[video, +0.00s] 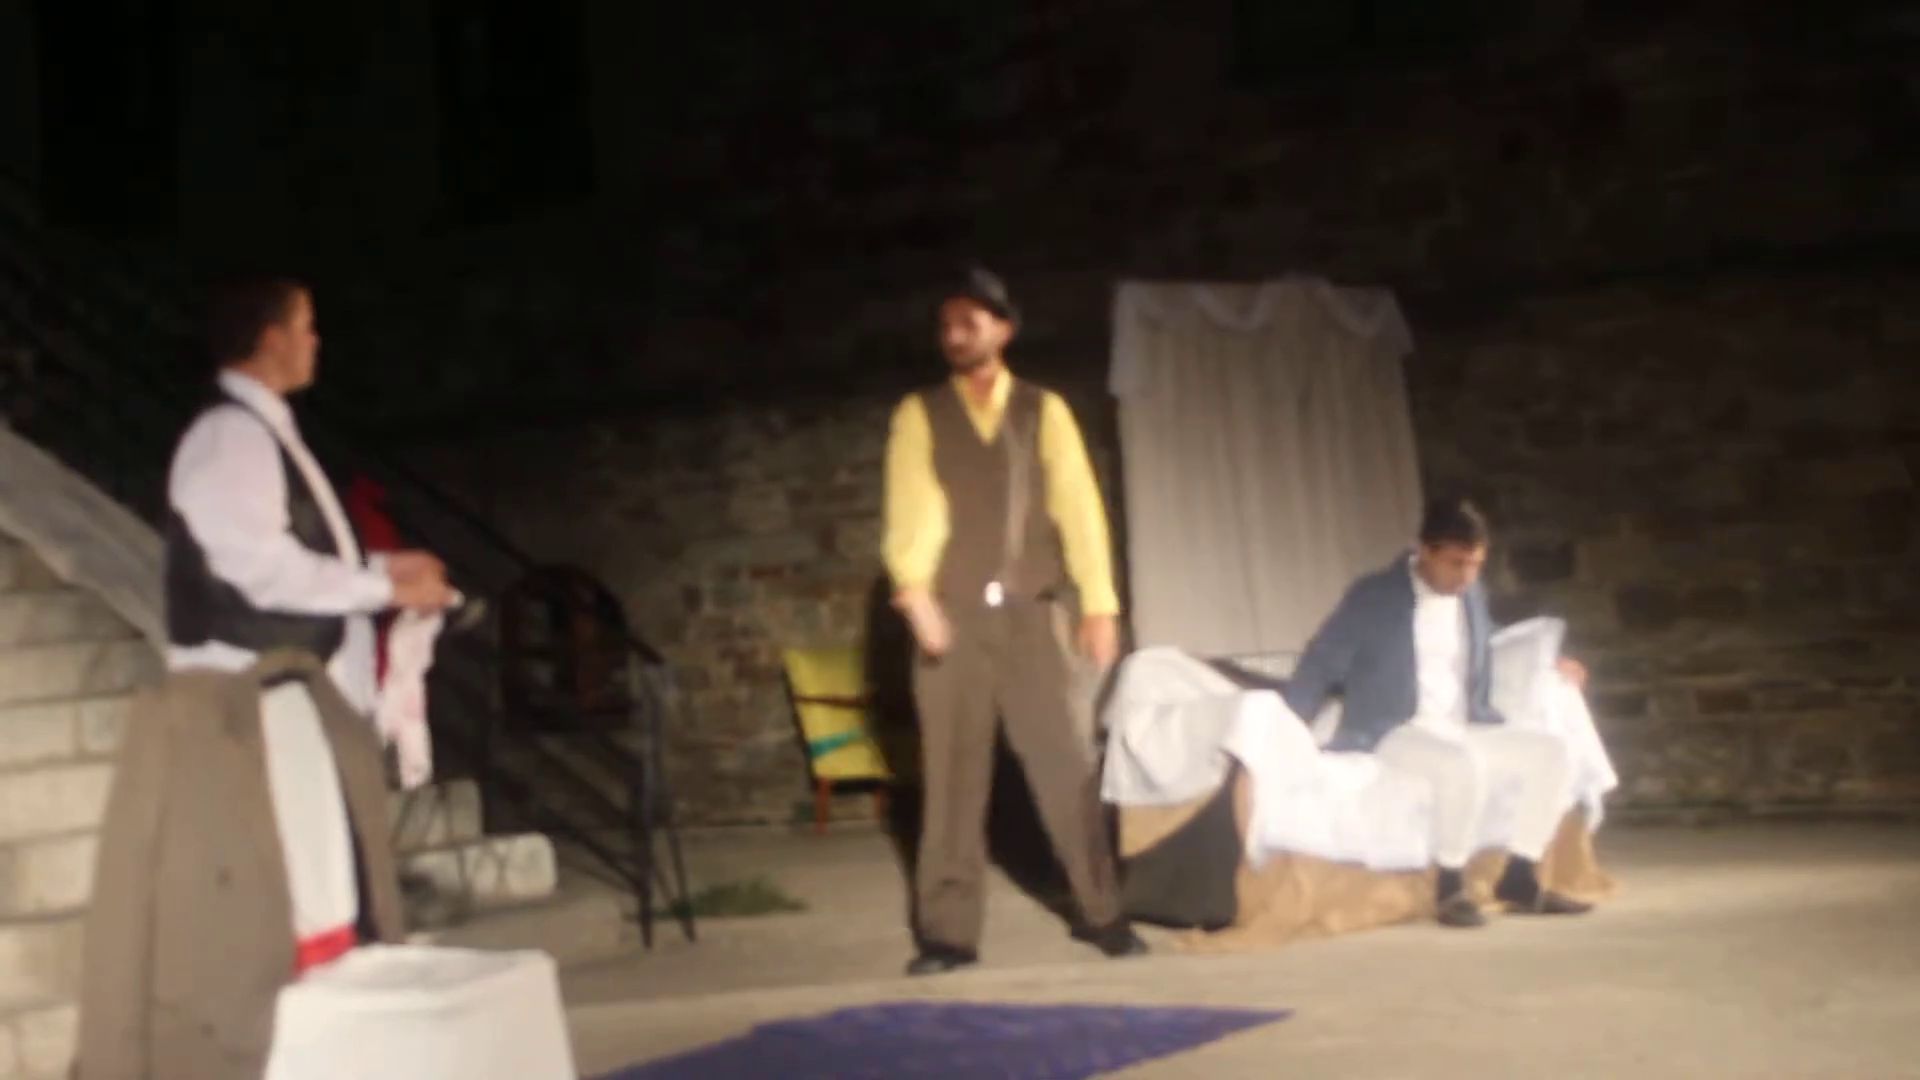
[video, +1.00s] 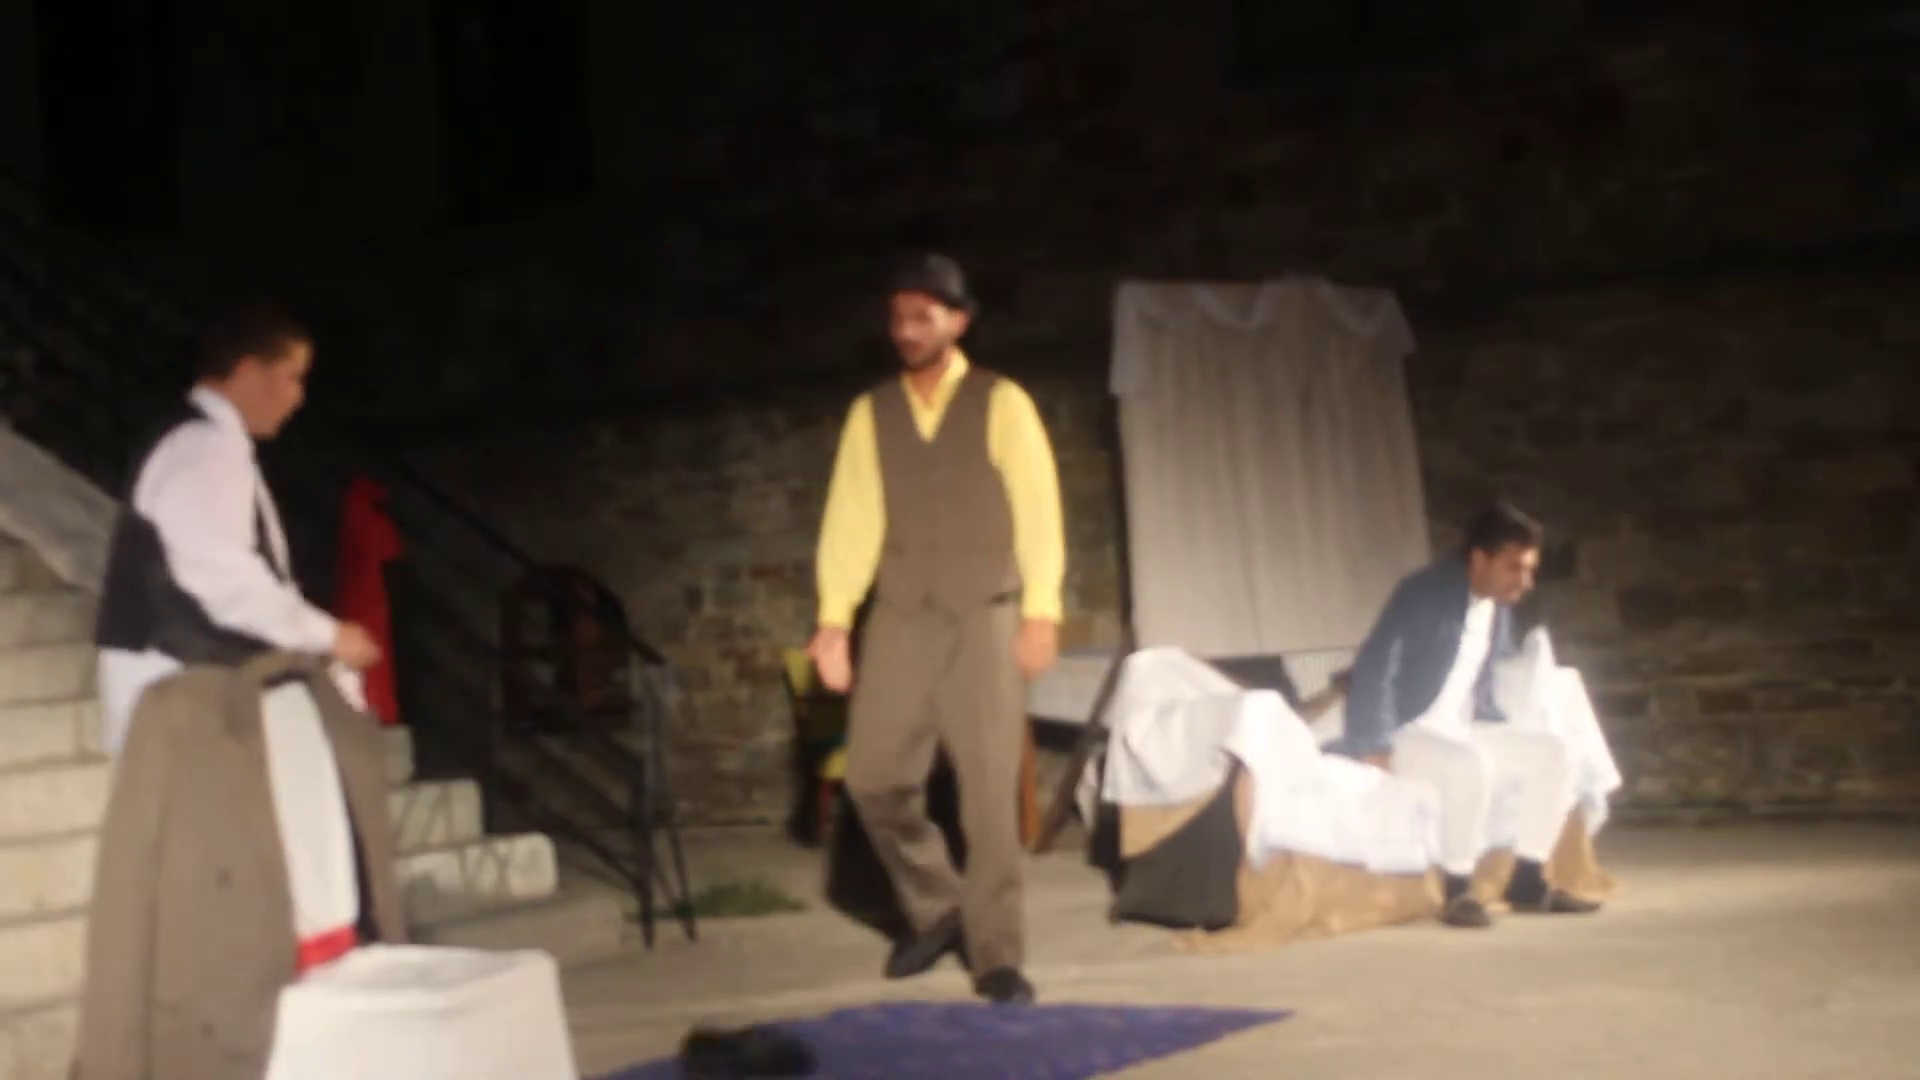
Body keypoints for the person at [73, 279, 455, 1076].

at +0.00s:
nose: (315, 344)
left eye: (312, 329)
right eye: (305, 329)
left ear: (261, 339)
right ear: (266, 338)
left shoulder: (271, 431)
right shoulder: (228, 436)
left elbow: (290, 566)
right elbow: (257, 569)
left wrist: (390, 584)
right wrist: (382, 585)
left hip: (295, 696)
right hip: (249, 705)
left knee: (329, 885)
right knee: (300, 890)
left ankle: (334, 1047)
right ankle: (299, 1051)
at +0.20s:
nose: (319, 345)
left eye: (317, 330)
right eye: (310, 330)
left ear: (265, 341)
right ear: (271, 339)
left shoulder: (274, 431)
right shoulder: (232, 436)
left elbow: (293, 565)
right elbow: (260, 570)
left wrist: (390, 583)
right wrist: (384, 587)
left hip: (291, 693)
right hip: (247, 702)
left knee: (324, 878)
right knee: (298, 884)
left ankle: (332, 1043)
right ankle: (300, 1046)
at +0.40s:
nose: (320, 344)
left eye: (318, 329)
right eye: (311, 329)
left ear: (266, 340)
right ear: (272, 338)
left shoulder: (274, 431)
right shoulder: (234, 437)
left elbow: (297, 564)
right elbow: (267, 570)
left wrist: (395, 582)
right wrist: (390, 586)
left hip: (289, 694)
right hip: (245, 703)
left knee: (322, 879)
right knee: (295, 885)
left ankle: (328, 1045)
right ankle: (295, 1048)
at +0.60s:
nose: (332, 359)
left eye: (334, 344)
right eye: (321, 342)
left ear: (287, 349)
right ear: (272, 344)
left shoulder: (287, 440)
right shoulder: (232, 436)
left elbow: (364, 545)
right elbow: (268, 566)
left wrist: (464, 580)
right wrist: (411, 594)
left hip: (300, 704)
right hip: (241, 710)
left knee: (332, 887)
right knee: (288, 895)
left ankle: (340, 1048)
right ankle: (293, 1051)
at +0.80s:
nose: (337, 382)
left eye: (341, 366)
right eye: (327, 362)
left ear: (296, 366)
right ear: (277, 357)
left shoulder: (297, 459)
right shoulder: (212, 442)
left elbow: (353, 575)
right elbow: (228, 573)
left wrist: (445, 626)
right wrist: (356, 616)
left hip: (292, 708)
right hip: (212, 714)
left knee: (325, 898)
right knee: (236, 910)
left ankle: (332, 1052)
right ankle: (239, 1061)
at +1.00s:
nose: (299, 396)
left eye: (300, 381)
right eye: (292, 378)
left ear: (248, 374)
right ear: (246, 371)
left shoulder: (230, 453)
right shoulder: (205, 449)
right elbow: (219, 576)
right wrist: (329, 636)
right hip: (171, 700)